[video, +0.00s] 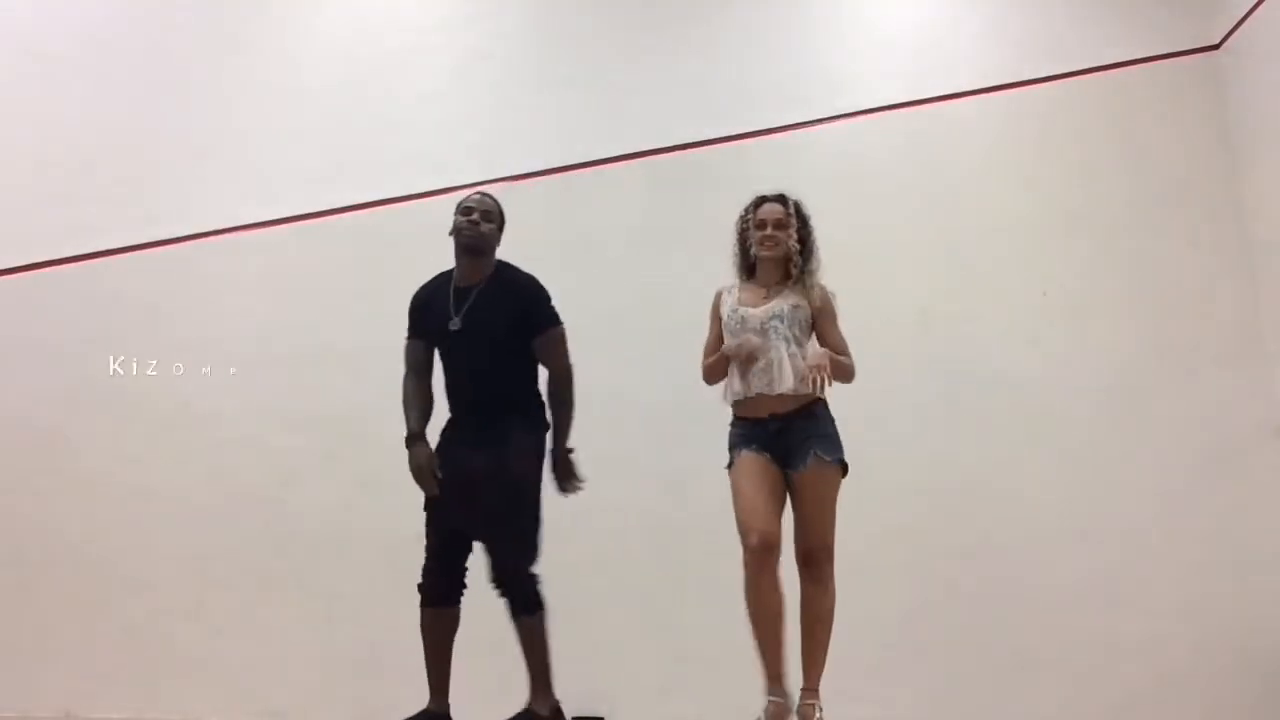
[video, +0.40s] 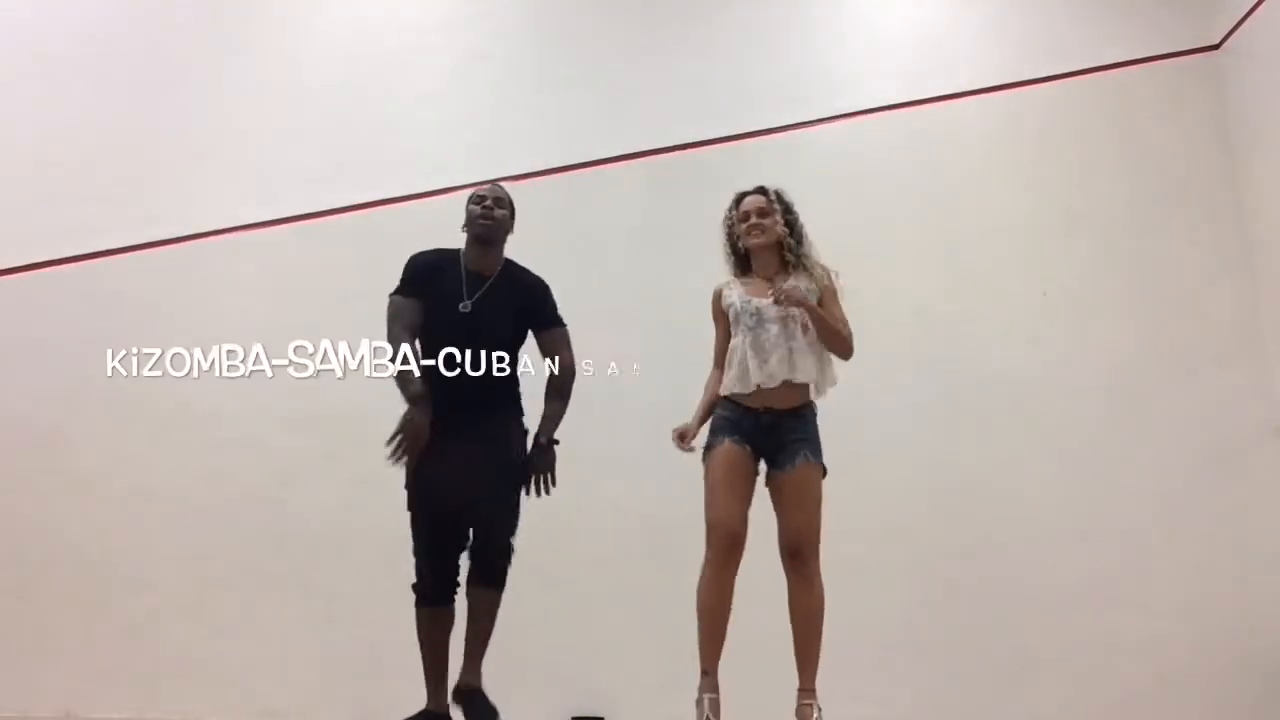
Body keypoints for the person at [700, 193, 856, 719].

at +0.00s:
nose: (770, 233)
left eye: (780, 226)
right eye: (761, 226)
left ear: (797, 236)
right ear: (747, 236)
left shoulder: (814, 296)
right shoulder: (727, 299)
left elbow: (847, 371)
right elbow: (709, 374)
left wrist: (824, 358)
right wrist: (734, 352)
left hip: (810, 428)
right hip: (751, 433)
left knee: (815, 559)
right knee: (759, 546)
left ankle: (811, 694)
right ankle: (775, 691)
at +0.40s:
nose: (755, 220)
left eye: (764, 213)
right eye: (745, 217)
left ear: (785, 224)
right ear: (736, 234)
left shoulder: (816, 280)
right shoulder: (727, 295)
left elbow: (844, 347)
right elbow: (720, 368)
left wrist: (808, 307)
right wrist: (696, 419)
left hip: (795, 425)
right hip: (733, 424)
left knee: (800, 555)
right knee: (724, 542)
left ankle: (807, 695)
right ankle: (708, 684)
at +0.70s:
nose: (734, 228)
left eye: (742, 219)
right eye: (726, 223)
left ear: (764, 227)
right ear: (720, 238)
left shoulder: (797, 287)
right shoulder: (713, 297)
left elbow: (825, 354)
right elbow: (700, 373)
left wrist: (819, 298)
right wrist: (662, 410)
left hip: (782, 431)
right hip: (721, 428)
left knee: (790, 555)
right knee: (716, 553)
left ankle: (805, 696)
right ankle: (708, 692)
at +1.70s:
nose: (724, 229)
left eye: (731, 220)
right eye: (717, 226)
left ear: (754, 226)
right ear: (713, 239)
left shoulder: (790, 286)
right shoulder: (706, 294)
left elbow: (817, 355)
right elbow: (695, 371)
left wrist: (840, 301)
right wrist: (651, 336)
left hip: (787, 430)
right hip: (726, 431)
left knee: (789, 555)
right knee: (716, 549)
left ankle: (781, 695)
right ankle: (711, 691)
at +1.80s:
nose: (721, 227)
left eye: (728, 218)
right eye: (714, 223)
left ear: (751, 224)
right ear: (709, 237)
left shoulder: (784, 287)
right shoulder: (699, 289)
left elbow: (801, 357)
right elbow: (682, 360)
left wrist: (831, 309)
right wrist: (645, 323)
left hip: (782, 426)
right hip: (721, 426)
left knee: (789, 551)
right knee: (717, 549)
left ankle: (780, 692)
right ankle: (714, 689)